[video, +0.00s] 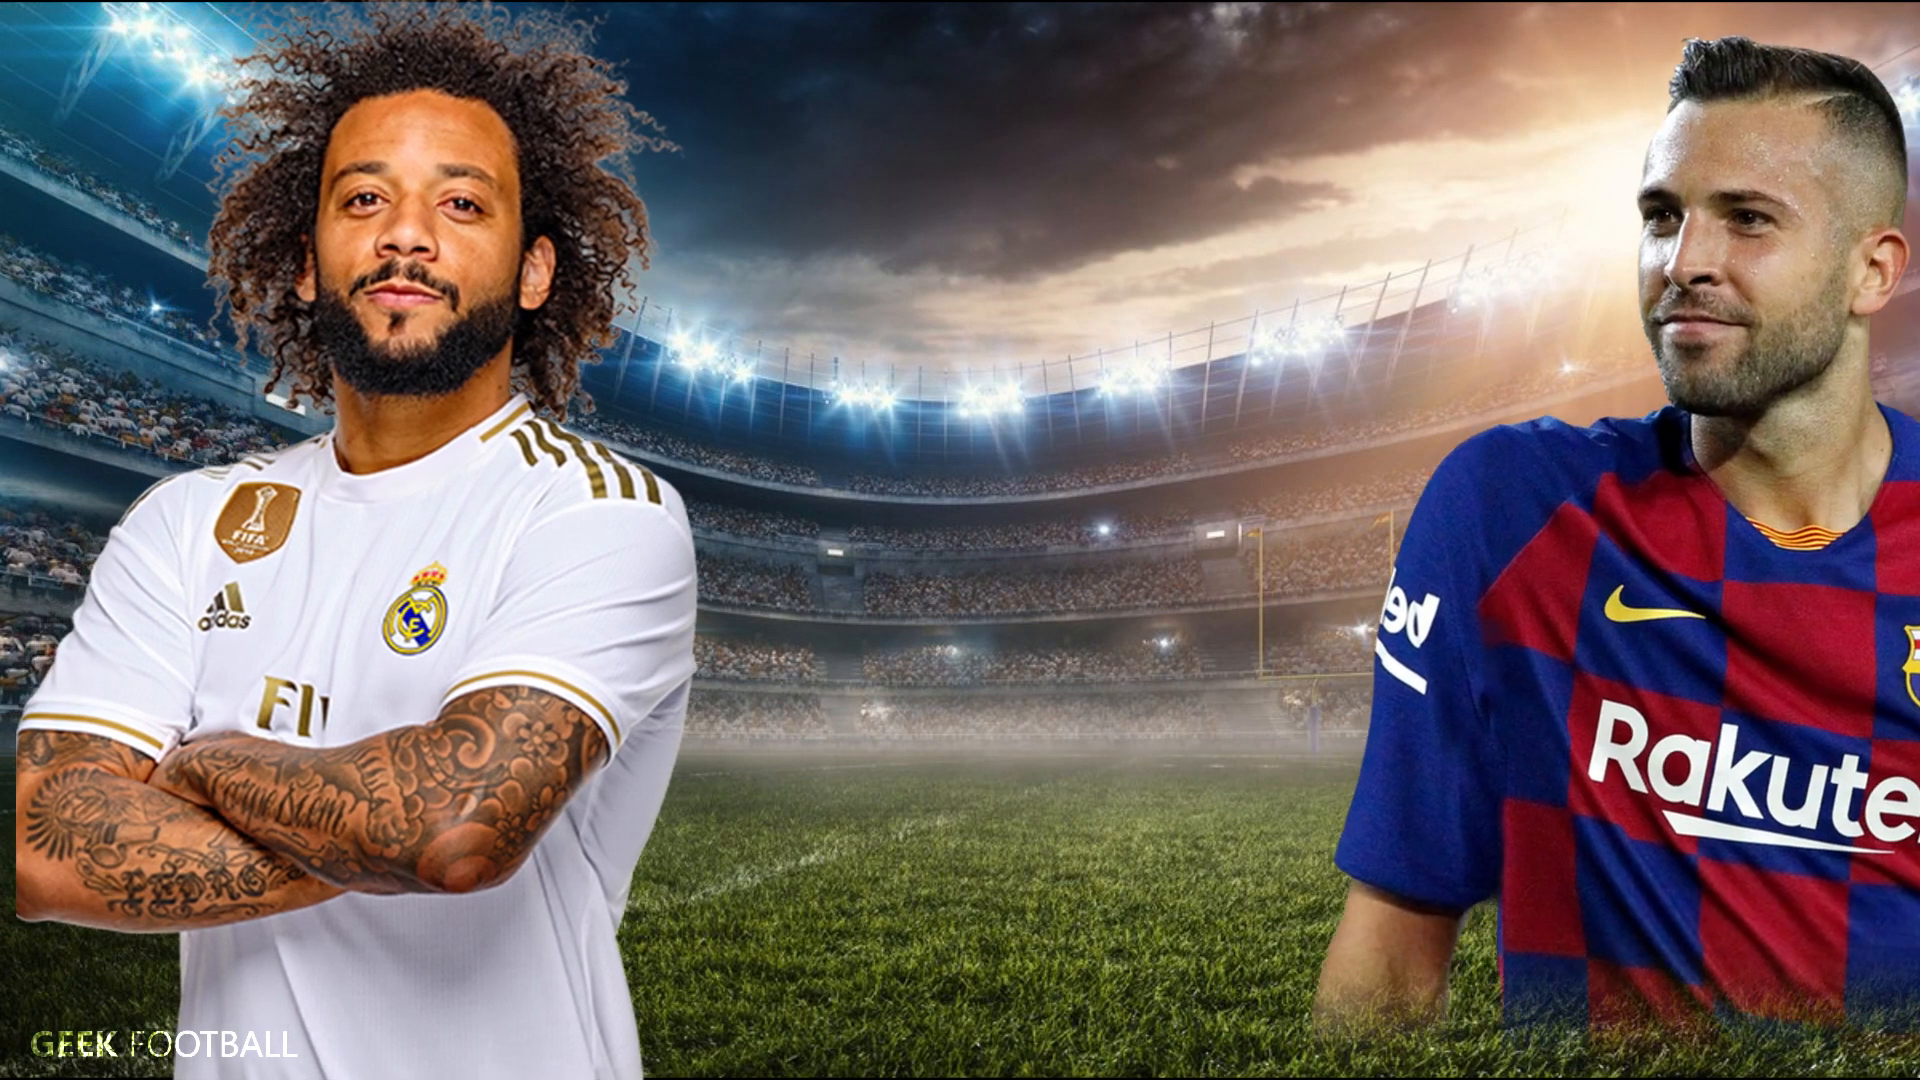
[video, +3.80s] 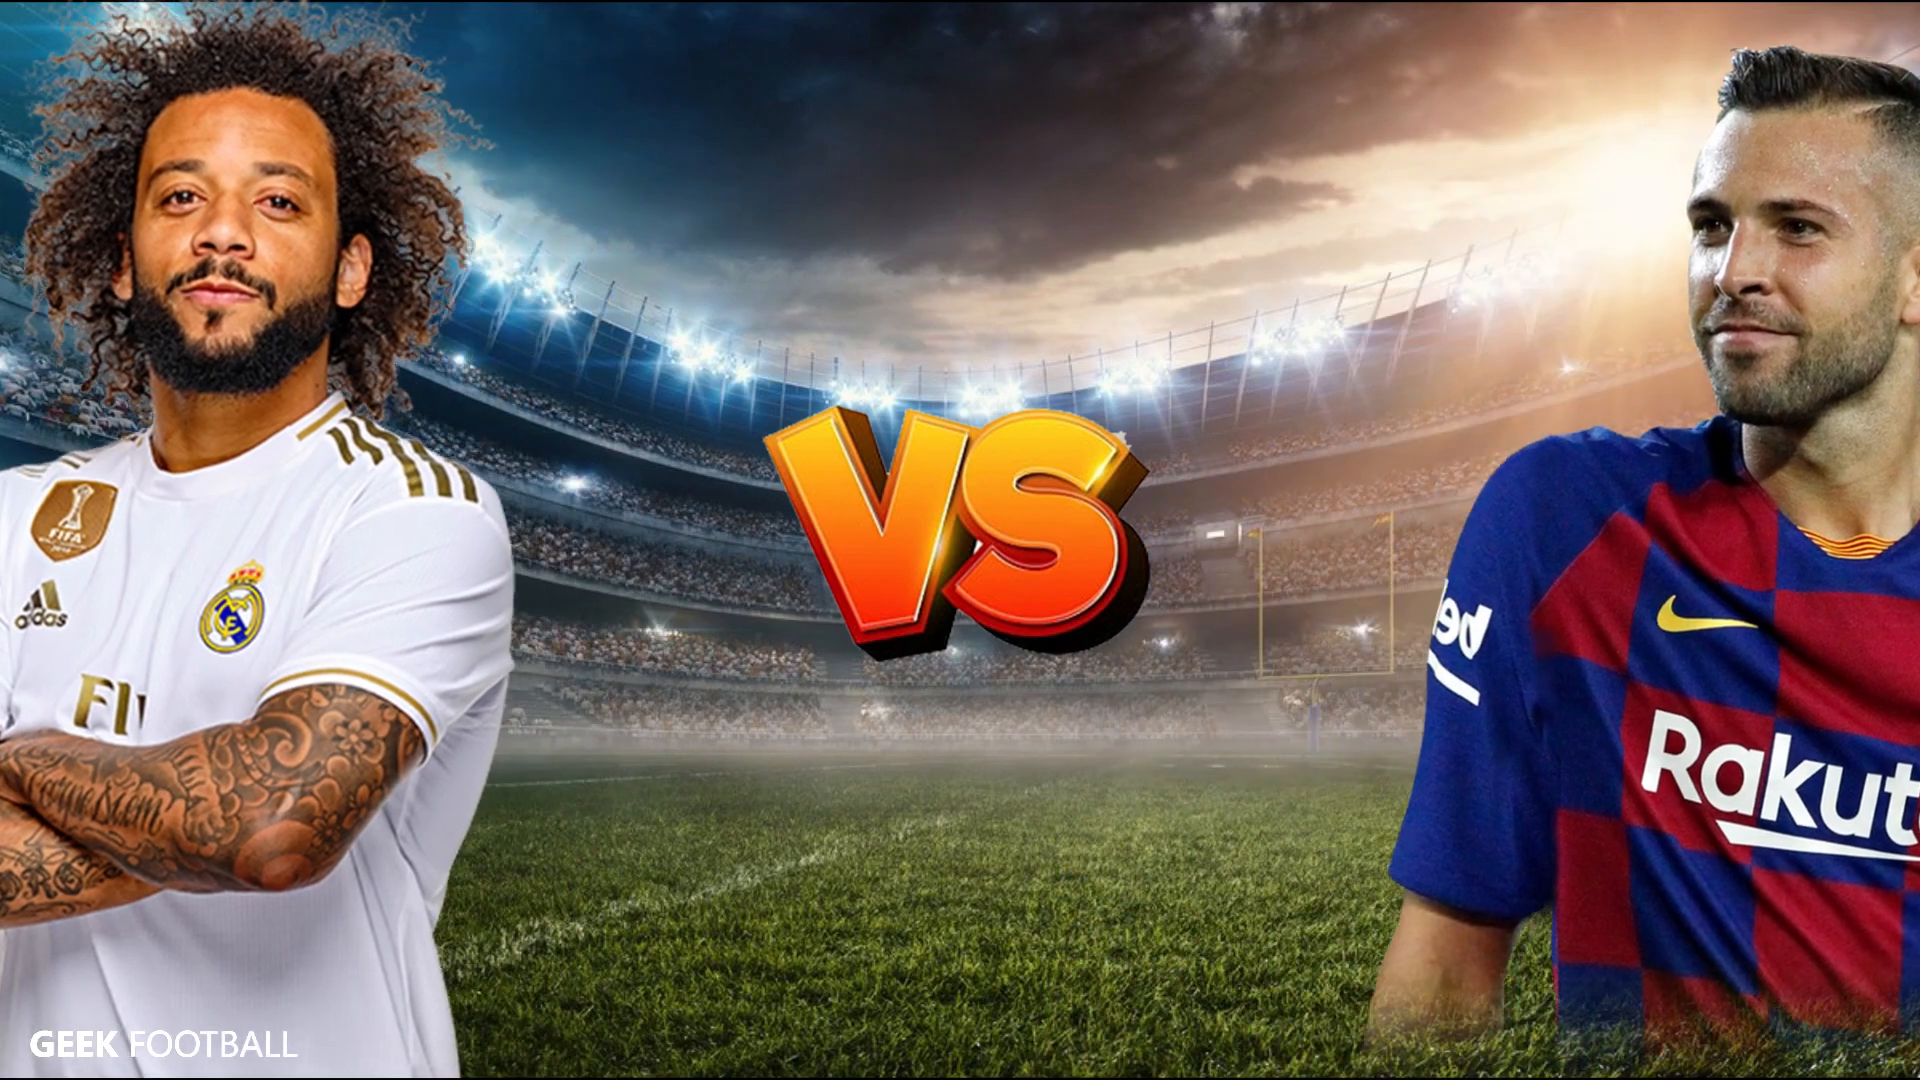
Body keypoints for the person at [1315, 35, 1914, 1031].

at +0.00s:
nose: (1683, 266)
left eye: (1749, 219)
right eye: (1663, 219)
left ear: (1874, 272)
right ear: (1642, 240)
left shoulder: (1913, 534)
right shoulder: (1507, 506)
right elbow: (1394, 938)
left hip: (1886, 1049)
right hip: (1610, 1056)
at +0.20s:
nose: (1550, 271)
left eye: (1616, 224)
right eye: (1529, 223)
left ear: (1741, 277)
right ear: (1504, 247)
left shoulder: (1900, 548)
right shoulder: (1368, 512)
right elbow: (1259, 949)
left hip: (1792, 1052)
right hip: (1465, 1050)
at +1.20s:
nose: (1405, 277)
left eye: (1472, 233)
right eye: (1386, 232)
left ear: (1598, 286)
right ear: (1361, 258)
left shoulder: (1770, 557)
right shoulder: (1227, 521)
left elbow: (1862, 929)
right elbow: (1120, 945)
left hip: (1644, 1050)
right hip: (1313, 1051)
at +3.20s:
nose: (1411, 293)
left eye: (1478, 249)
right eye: (1392, 248)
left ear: (1604, 302)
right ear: (1368, 274)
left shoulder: (1779, 569)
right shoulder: (1236, 536)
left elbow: (1872, 942)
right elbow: (1132, 960)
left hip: (1656, 1056)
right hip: (1324, 1054)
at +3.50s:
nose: (1527, 289)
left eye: (1592, 242)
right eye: (1505, 243)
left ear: (1717, 295)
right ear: (1482, 267)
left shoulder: (1892, 563)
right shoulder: (1346, 530)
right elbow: (1242, 962)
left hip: (1768, 1060)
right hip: (1445, 1055)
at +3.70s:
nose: (1653, 280)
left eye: (1719, 234)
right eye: (1633, 234)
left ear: (1844, 285)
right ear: (1612, 255)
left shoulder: (1911, 540)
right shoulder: (1480, 522)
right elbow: (1369, 960)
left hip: (1881, 1046)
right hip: (1582, 1048)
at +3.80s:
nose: (1736, 274)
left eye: (1801, 229)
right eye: (1714, 229)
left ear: (1915, 280)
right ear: (1688, 253)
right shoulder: (1561, 516)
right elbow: (1448, 946)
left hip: (1891, 1043)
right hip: (1645, 1051)